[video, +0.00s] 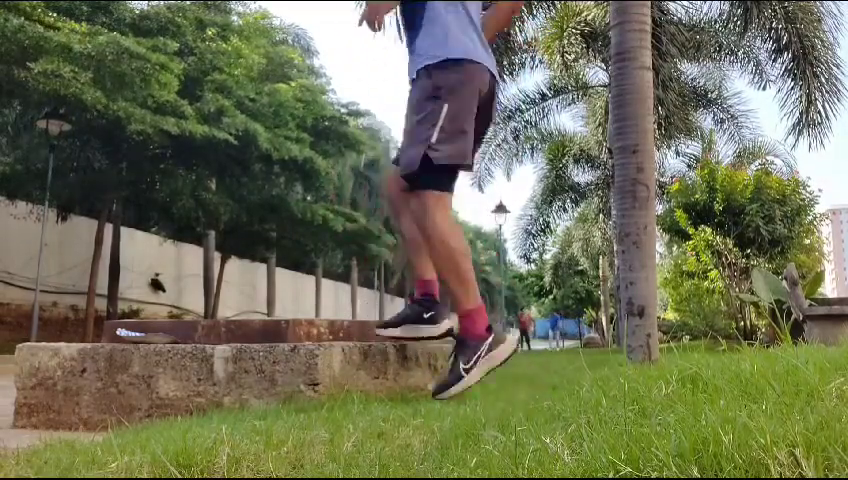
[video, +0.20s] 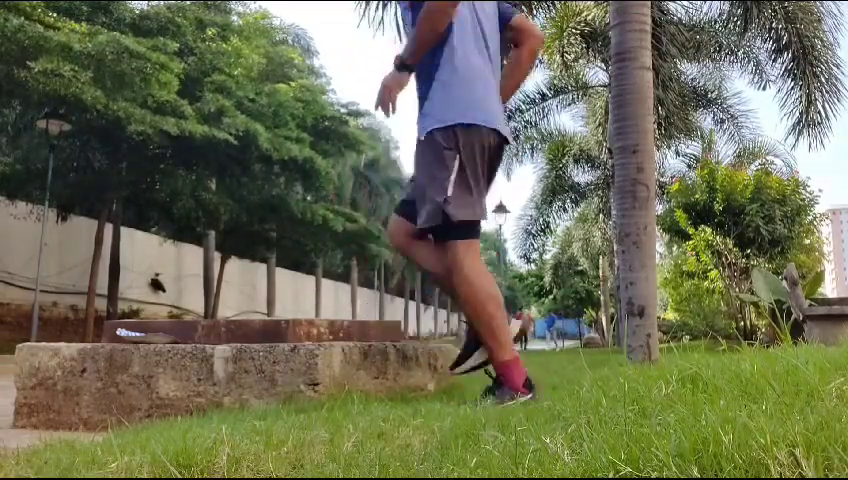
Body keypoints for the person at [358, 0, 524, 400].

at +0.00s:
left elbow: (381, 7)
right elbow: (512, 2)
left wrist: (376, 11)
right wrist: (475, 39)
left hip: (447, 63)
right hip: (479, 70)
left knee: (427, 202)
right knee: (398, 184)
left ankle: (478, 335)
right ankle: (426, 301)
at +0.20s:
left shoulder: (423, 4)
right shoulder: (487, 5)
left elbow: (442, 9)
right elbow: (530, 37)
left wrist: (401, 68)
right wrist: (494, 101)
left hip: (453, 118)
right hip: (488, 121)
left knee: (462, 254)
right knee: (402, 231)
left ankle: (515, 382)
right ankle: (486, 315)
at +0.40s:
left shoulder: (422, 3)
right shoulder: (467, 18)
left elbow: (471, 6)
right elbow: (508, 69)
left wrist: (412, 72)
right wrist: (466, 106)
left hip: (452, 118)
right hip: (499, 131)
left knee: (366, 215)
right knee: (453, 252)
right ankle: (512, 372)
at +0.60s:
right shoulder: (467, 6)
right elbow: (485, 35)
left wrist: (396, 29)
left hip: (431, 77)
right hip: (481, 92)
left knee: (358, 187)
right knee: (447, 217)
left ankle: (395, 306)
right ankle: (499, 336)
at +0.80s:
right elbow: (489, 5)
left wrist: (386, 3)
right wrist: (452, 32)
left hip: (430, 49)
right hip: (474, 59)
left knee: (393, 177)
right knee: (420, 185)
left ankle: (403, 308)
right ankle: (436, 306)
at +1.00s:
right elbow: (515, 2)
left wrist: (392, 5)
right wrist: (474, 37)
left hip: (449, 66)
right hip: (487, 74)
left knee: (414, 194)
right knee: (415, 194)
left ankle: (478, 316)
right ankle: (430, 306)